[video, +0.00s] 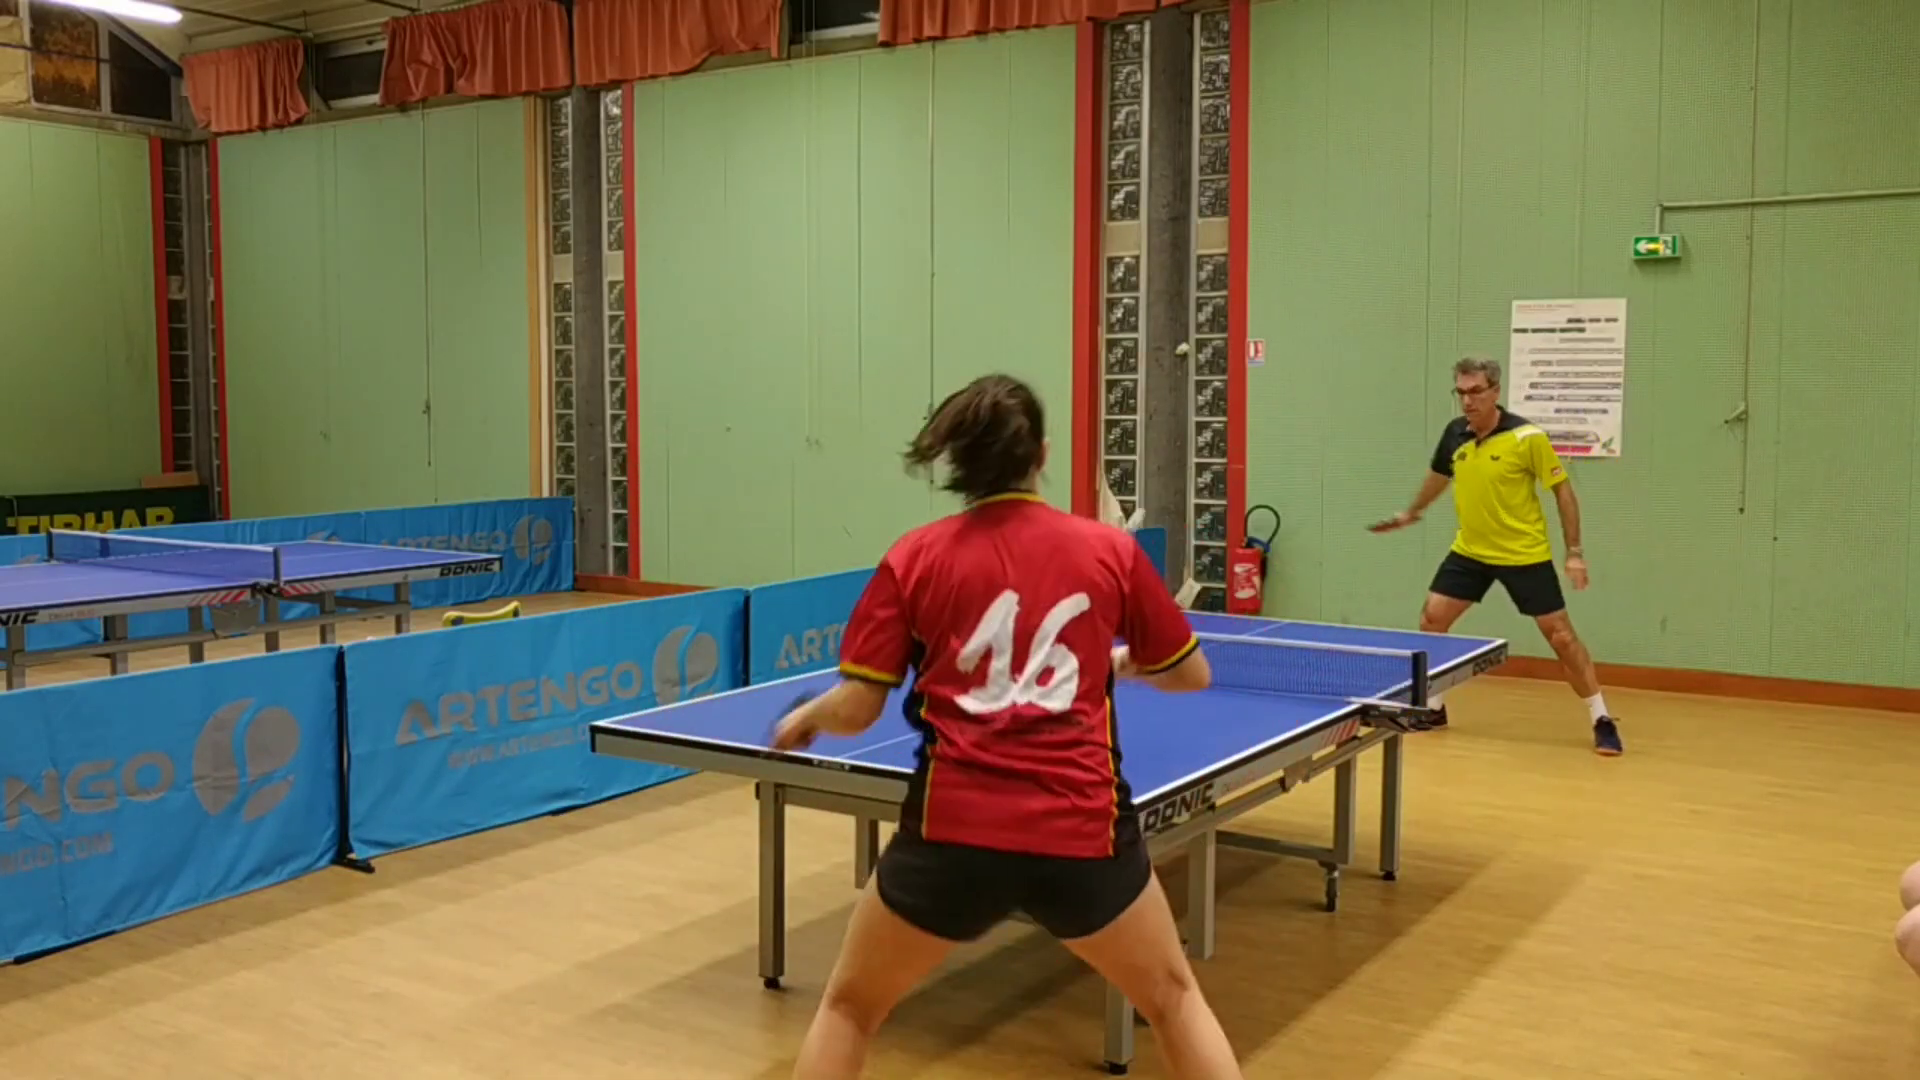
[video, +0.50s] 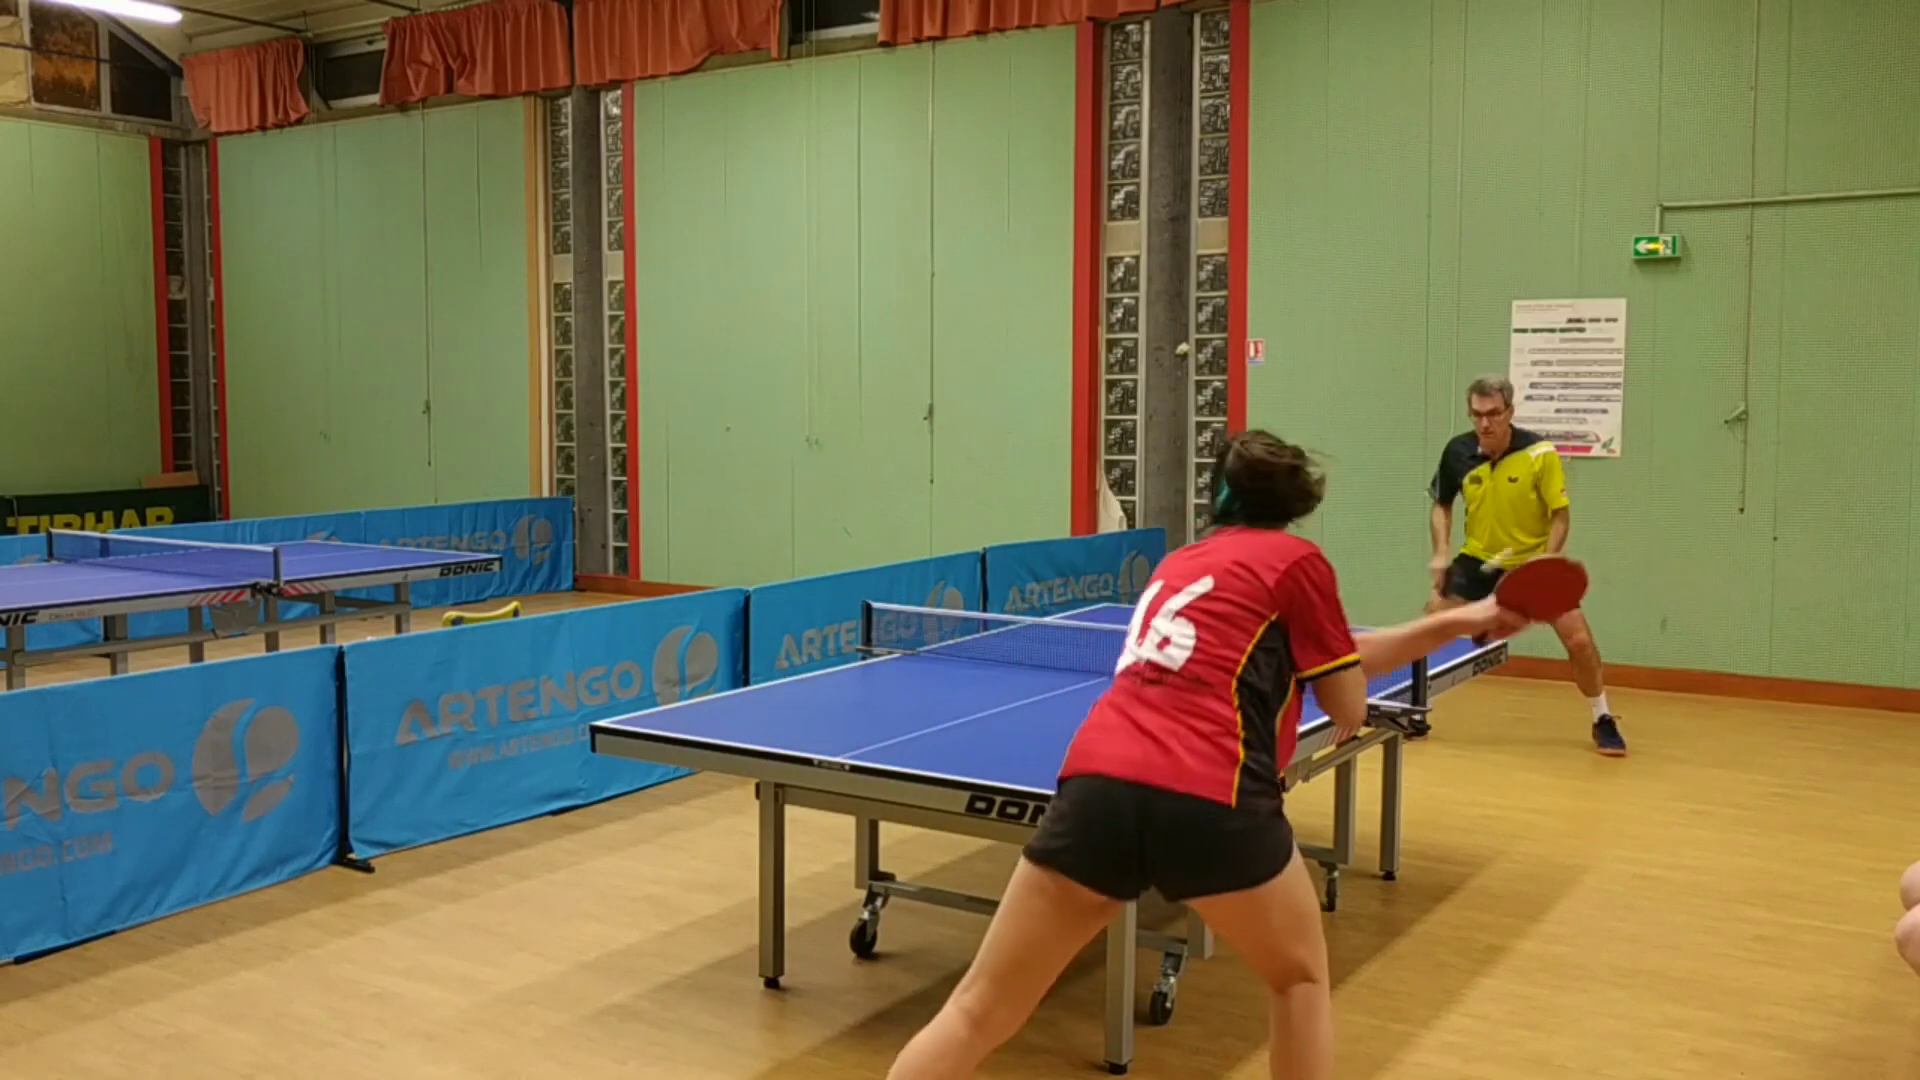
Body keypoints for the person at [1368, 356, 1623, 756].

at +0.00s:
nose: (1467, 401)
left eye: (1474, 393)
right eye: (1461, 394)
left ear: (1496, 392)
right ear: (1457, 395)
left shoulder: (1528, 437)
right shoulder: (1456, 433)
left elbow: (1563, 491)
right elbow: (1437, 477)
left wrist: (1574, 553)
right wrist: (1411, 512)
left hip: (1525, 556)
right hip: (1470, 552)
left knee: (1562, 639)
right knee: (1431, 622)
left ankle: (1601, 718)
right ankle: (1432, 706)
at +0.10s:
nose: (1480, 403)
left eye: (1488, 395)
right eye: (1474, 395)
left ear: (1507, 394)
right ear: (1469, 397)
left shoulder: (1539, 440)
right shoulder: (1467, 437)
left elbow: (1575, 495)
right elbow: (1465, 488)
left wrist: (1589, 557)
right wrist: (1449, 534)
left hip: (1534, 557)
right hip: (1481, 554)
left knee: (1566, 640)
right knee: (1436, 621)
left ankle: (1604, 720)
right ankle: (1433, 706)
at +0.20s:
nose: (1489, 404)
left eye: (1497, 396)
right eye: (1482, 396)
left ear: (1515, 394)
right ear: (1477, 396)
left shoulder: (1548, 439)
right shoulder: (1476, 436)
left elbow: (1580, 499)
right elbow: (1482, 488)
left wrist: (1590, 560)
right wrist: (1465, 539)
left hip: (1540, 556)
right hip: (1487, 550)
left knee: (1570, 640)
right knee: (1439, 612)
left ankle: (1604, 720)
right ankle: (1434, 698)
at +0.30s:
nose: (1487, 405)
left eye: (1496, 396)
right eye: (1481, 396)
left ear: (1515, 396)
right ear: (1475, 397)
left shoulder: (1546, 440)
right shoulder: (1475, 437)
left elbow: (1578, 498)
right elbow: (1478, 487)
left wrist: (1575, 559)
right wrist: (1456, 536)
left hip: (1542, 553)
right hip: (1489, 547)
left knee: (1570, 639)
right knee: (1442, 612)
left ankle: (1604, 720)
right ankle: (1423, 707)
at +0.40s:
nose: (1481, 413)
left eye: (1490, 404)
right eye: (1475, 405)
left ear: (1509, 403)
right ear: (1469, 405)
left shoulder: (1539, 446)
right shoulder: (1465, 443)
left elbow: (1569, 505)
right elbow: (1461, 491)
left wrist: (1557, 558)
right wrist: (1440, 537)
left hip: (1537, 558)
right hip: (1484, 554)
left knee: (1573, 643)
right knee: (1441, 621)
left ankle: (1604, 720)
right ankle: (1415, 711)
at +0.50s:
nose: (1484, 424)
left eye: (1492, 415)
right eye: (1477, 415)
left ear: (1510, 412)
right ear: (1470, 415)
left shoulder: (1539, 454)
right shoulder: (1459, 452)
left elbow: (1560, 518)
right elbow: (1442, 502)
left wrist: (1545, 566)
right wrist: (1441, 555)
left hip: (1532, 564)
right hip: (1475, 562)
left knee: (1580, 641)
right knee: (1432, 626)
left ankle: (1603, 718)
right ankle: (1411, 707)